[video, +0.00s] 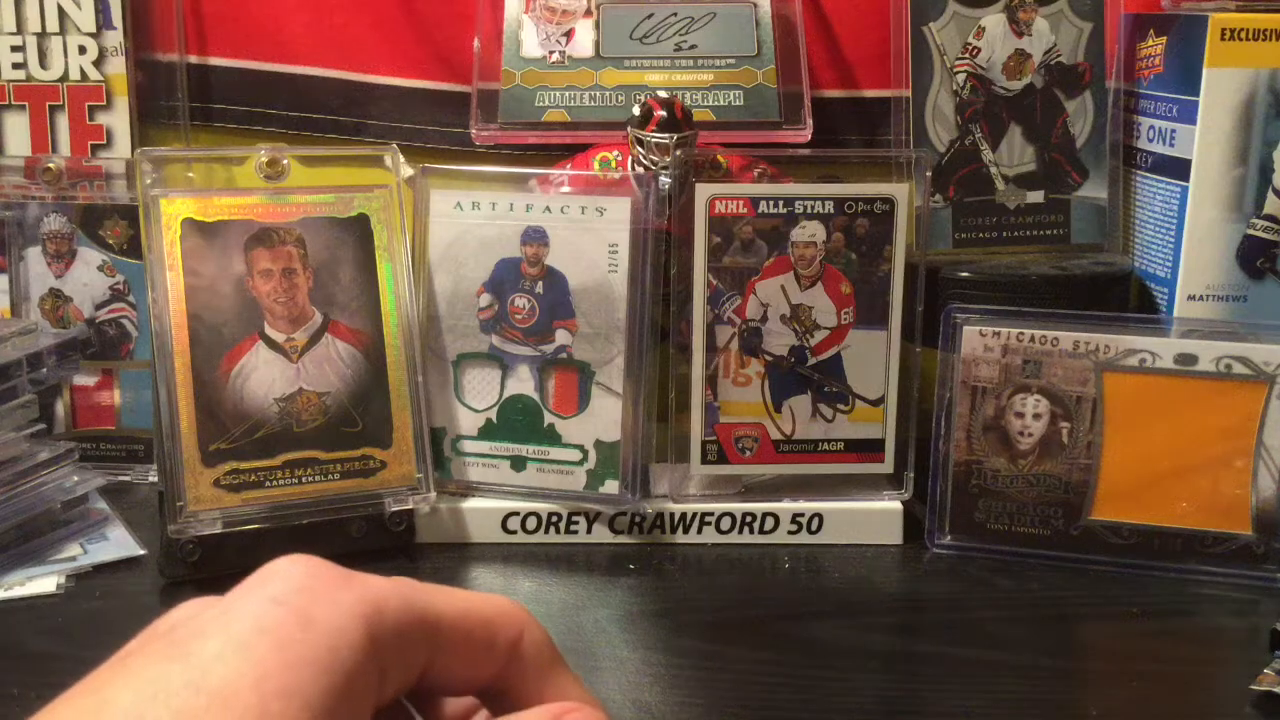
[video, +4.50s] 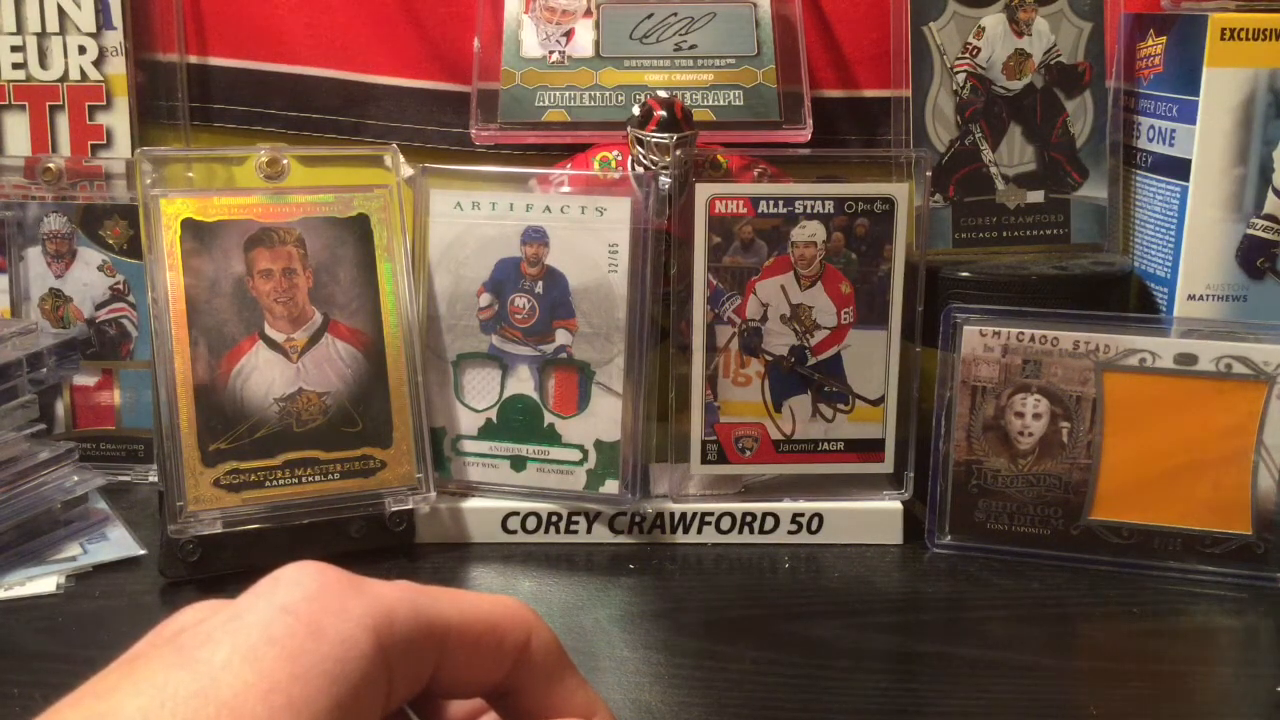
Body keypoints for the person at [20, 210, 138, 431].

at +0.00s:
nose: (57, 247)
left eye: (63, 241)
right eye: (51, 241)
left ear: (72, 241)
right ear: (42, 242)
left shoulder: (96, 264)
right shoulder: (27, 261)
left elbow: (120, 305)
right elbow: (15, 308)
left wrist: (107, 335)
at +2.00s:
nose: (57, 247)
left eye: (62, 240)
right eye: (51, 241)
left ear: (72, 240)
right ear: (43, 243)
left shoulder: (96, 264)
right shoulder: (28, 260)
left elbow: (120, 302)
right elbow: (15, 307)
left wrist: (108, 333)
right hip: (40, 361)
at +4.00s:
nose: (57, 246)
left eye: (62, 240)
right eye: (51, 240)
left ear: (72, 240)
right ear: (43, 242)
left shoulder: (96, 264)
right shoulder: (27, 261)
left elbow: (120, 304)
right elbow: (11, 306)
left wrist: (108, 333)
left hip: (87, 360)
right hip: (39, 358)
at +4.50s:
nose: (57, 246)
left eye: (62, 239)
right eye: (51, 240)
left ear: (72, 239)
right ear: (43, 242)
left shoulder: (96, 264)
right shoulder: (27, 261)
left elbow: (120, 304)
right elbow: (13, 308)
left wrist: (108, 334)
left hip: (88, 361)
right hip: (40, 358)